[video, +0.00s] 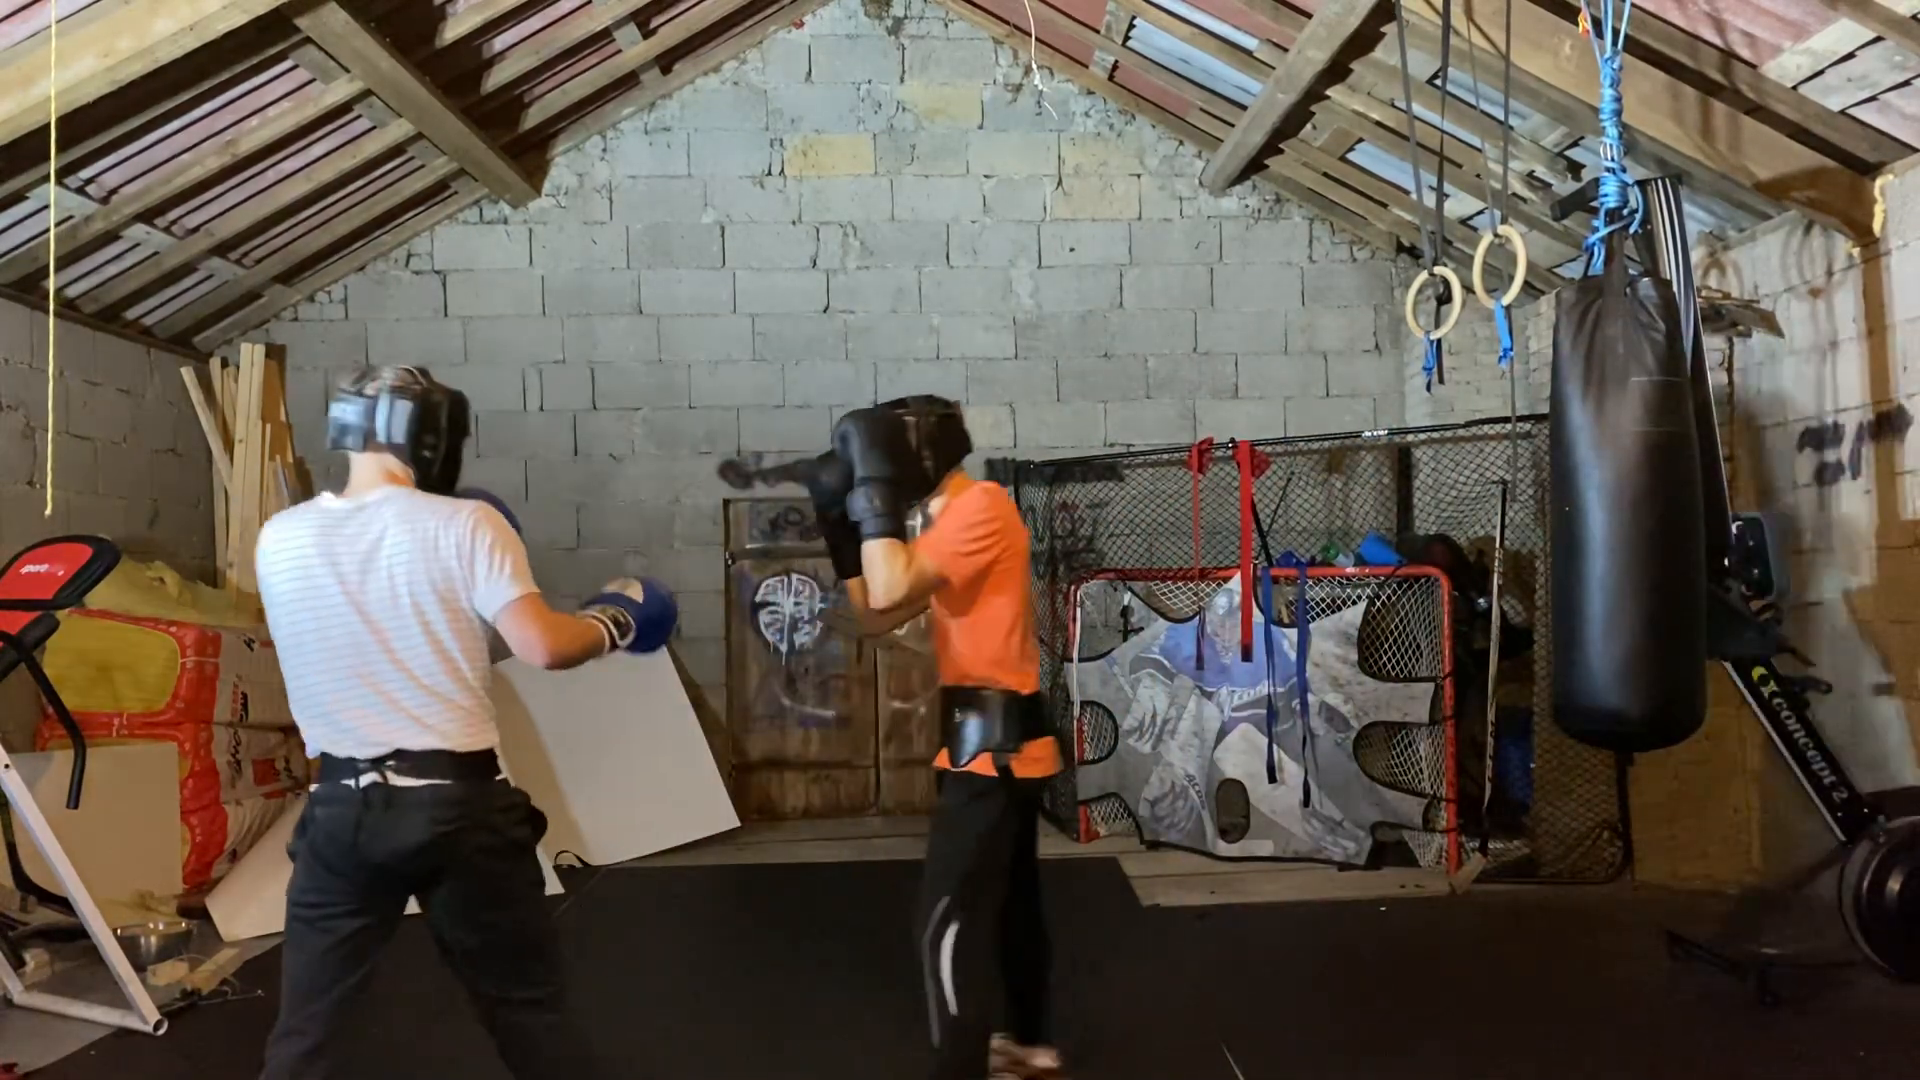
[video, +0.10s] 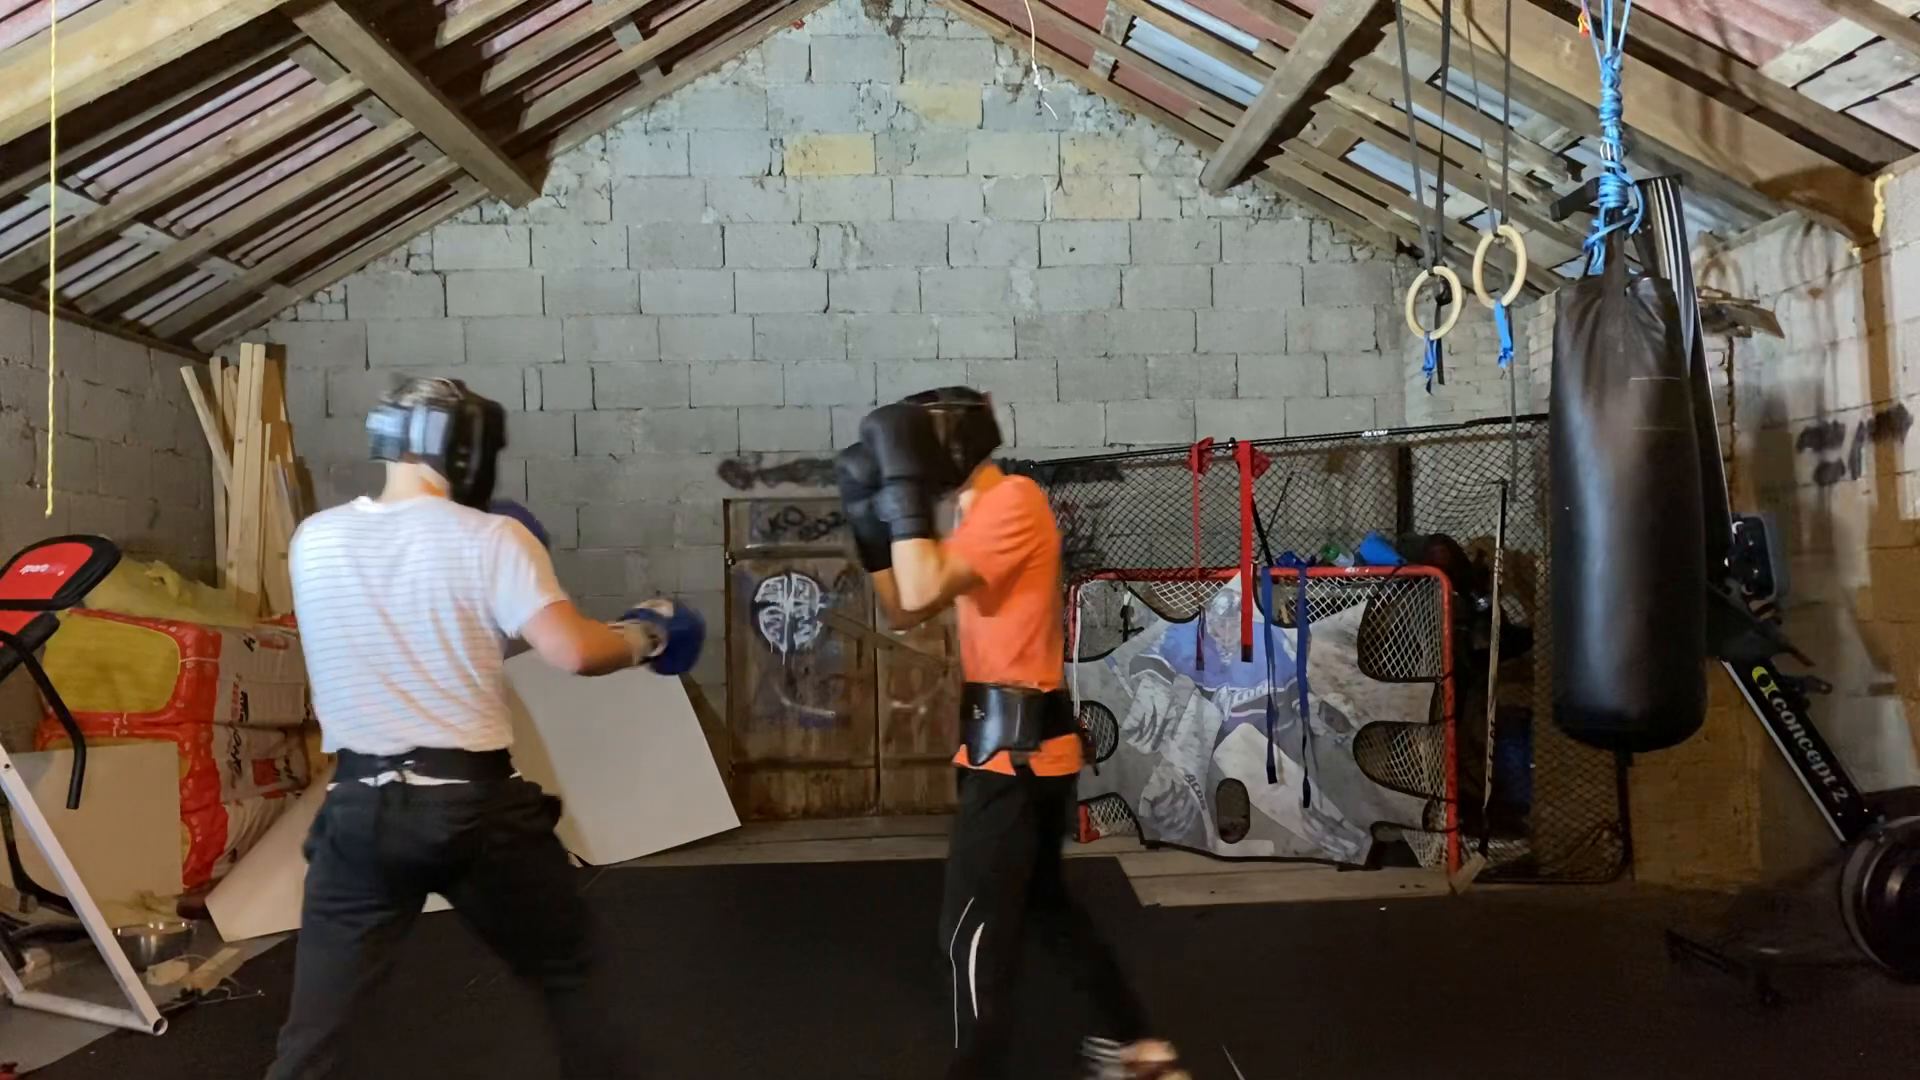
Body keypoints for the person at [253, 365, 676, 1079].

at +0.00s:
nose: (453, 453)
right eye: (449, 439)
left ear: (348, 436)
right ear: (435, 444)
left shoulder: (277, 541)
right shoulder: (466, 527)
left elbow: (357, 606)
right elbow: (542, 643)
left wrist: (458, 528)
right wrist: (617, 618)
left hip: (340, 820)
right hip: (459, 813)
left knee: (301, 1038)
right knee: (535, 1024)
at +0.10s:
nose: (488, 466)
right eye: (484, 452)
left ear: (389, 442)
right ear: (474, 454)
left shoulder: (312, 540)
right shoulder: (493, 540)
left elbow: (391, 638)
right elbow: (575, 650)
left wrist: (515, 616)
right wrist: (643, 634)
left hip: (359, 815)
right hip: (474, 809)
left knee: (310, 1037)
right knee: (573, 978)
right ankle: (599, 1069)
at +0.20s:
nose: (549, 470)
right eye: (544, 458)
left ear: (448, 454)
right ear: (531, 464)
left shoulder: (375, 536)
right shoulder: (550, 540)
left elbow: (383, 627)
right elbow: (664, 591)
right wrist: (721, 576)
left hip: (384, 805)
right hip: (499, 805)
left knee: (327, 1023)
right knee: (598, 973)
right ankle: (631, 1072)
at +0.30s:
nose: (610, 485)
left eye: (563, 471)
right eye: (610, 473)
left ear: (532, 472)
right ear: (607, 479)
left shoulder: (459, 533)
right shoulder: (625, 536)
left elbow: (436, 624)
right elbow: (763, 520)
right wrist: (869, 480)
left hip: (412, 786)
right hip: (508, 796)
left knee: (350, 992)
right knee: (608, 966)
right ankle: (635, 1074)